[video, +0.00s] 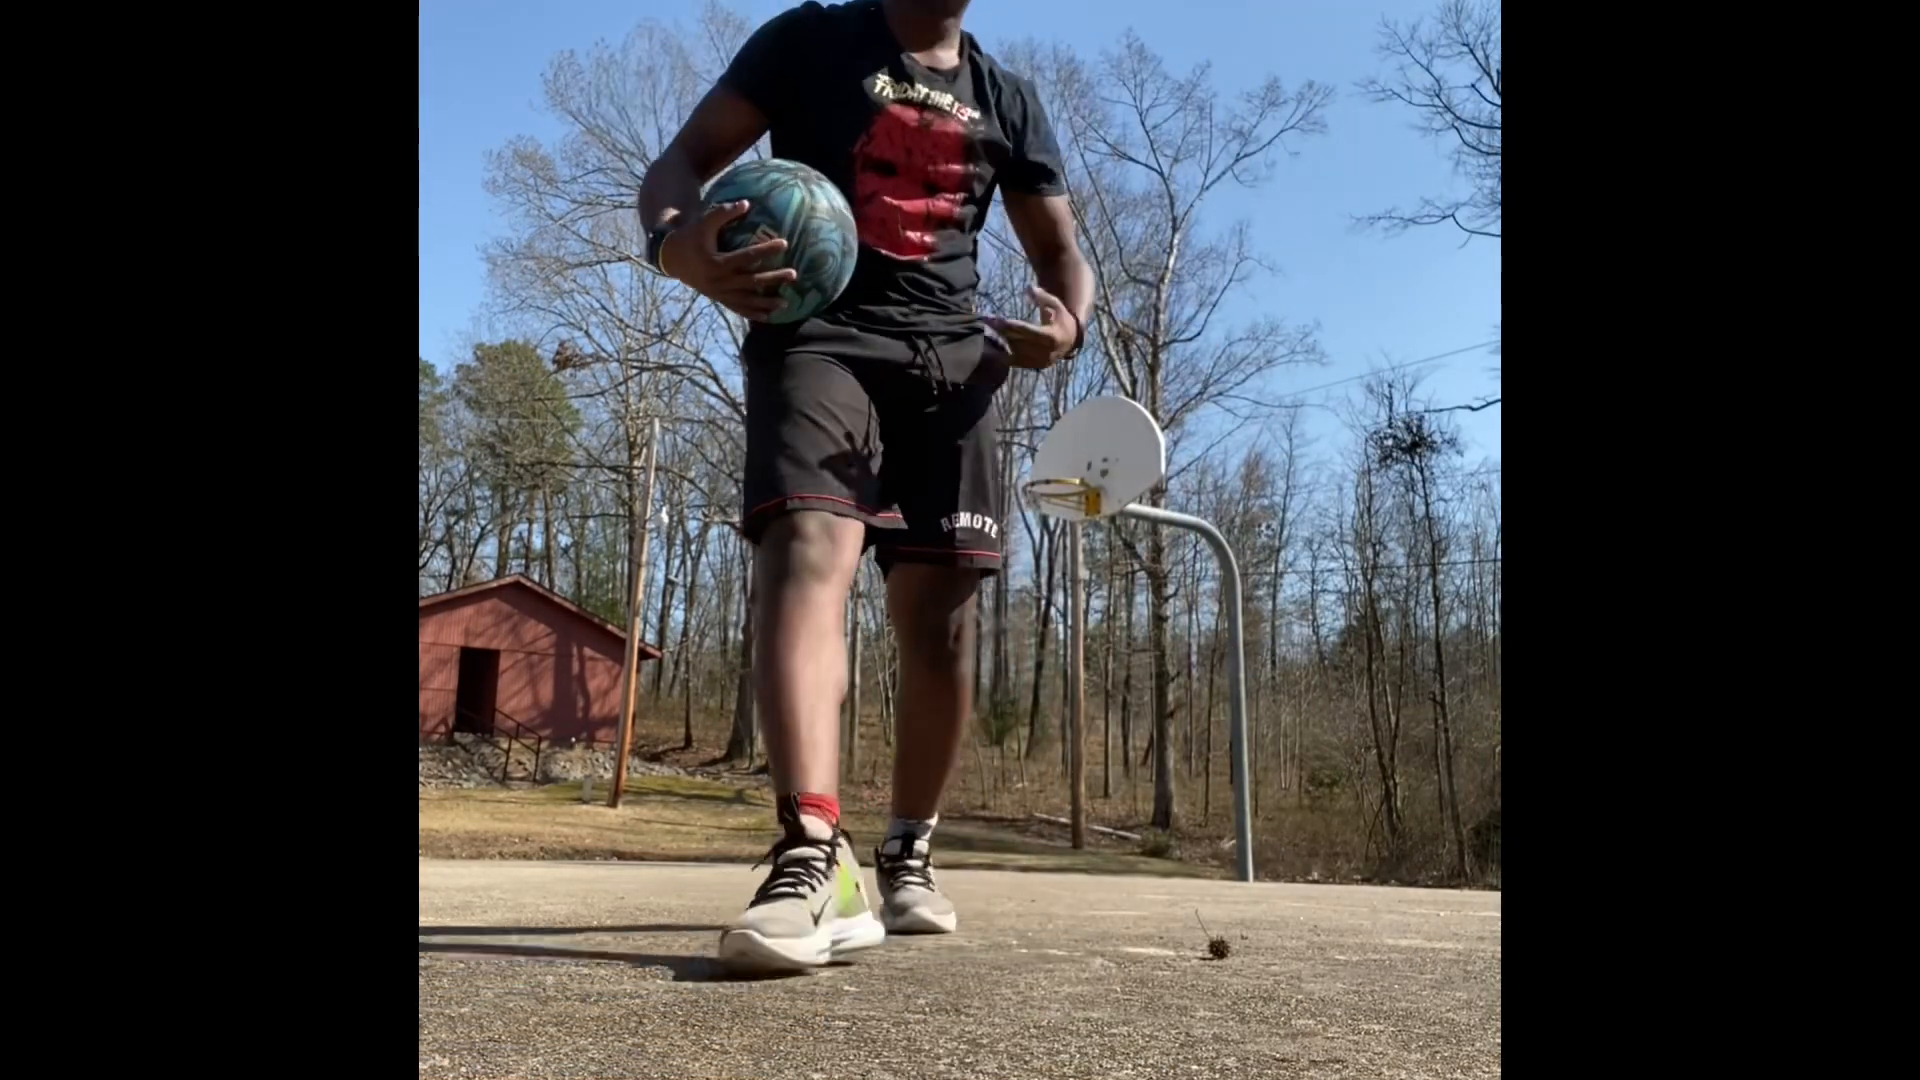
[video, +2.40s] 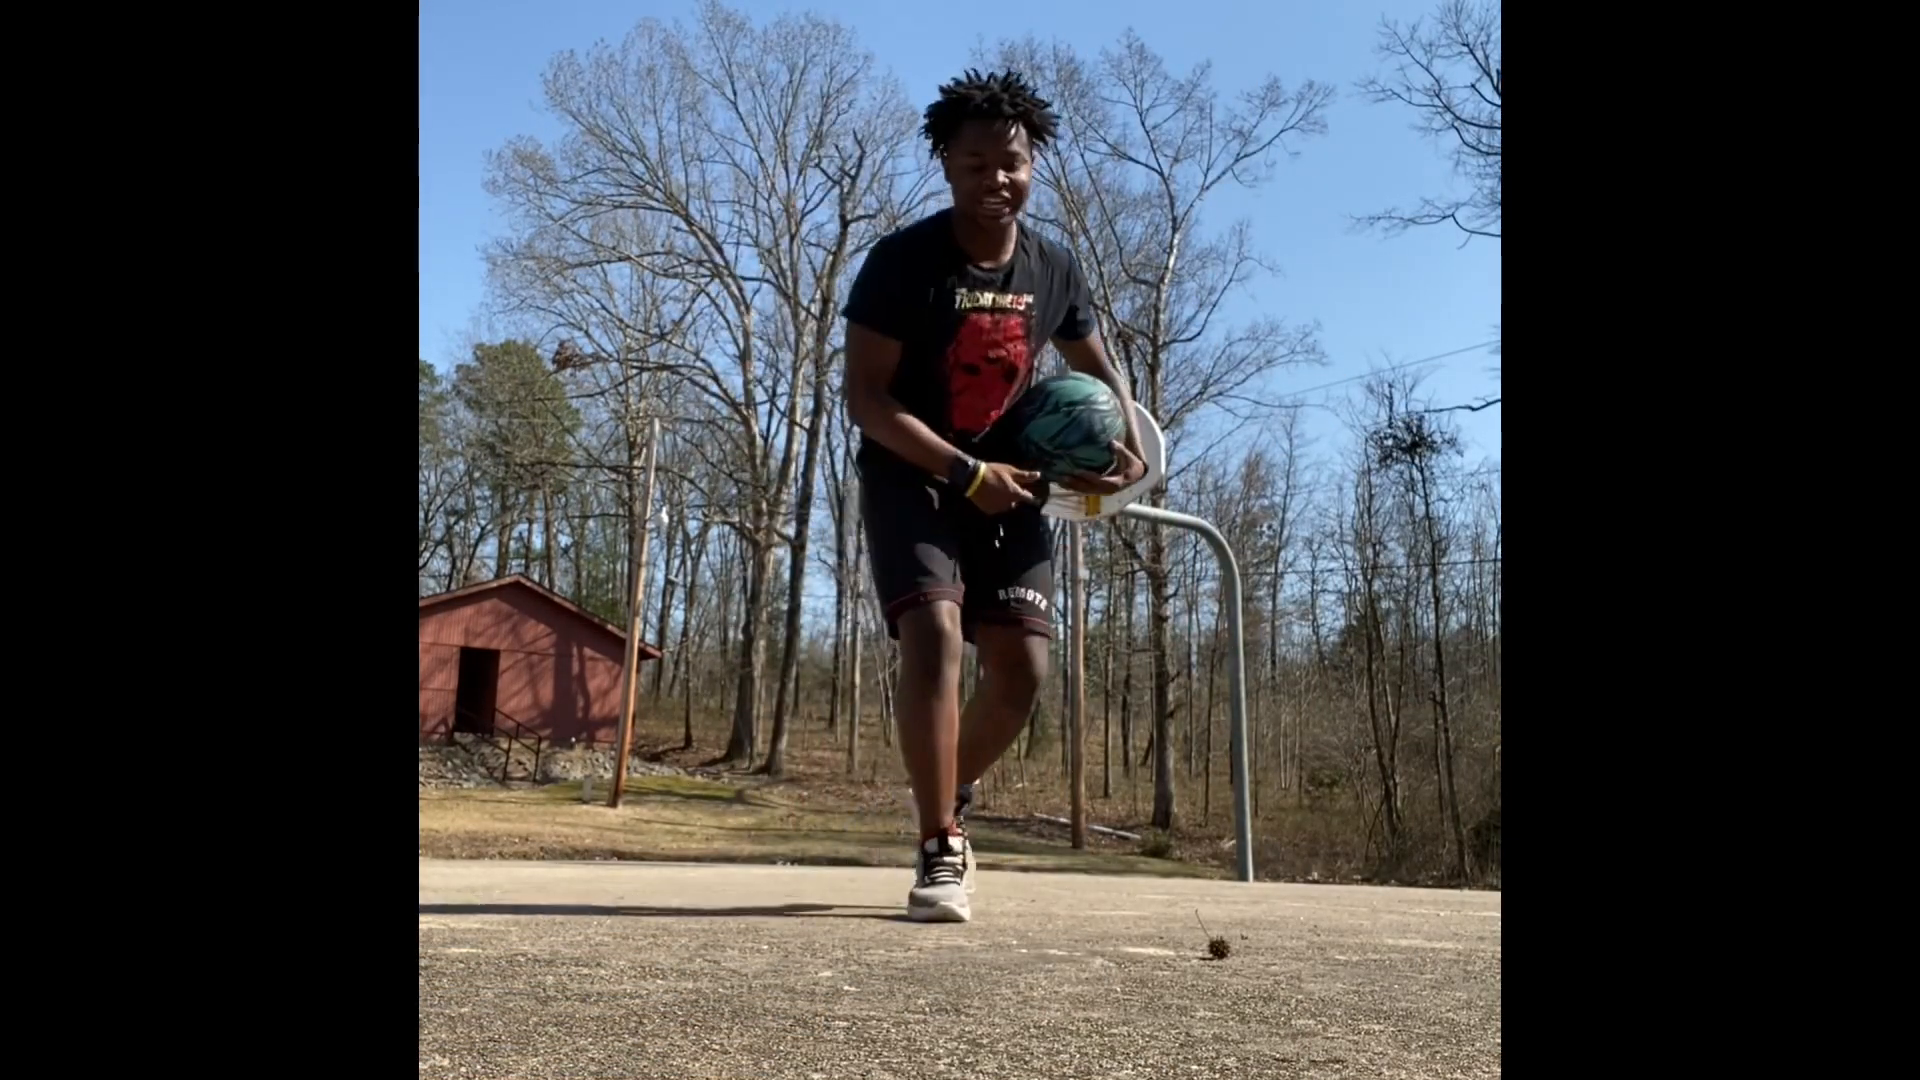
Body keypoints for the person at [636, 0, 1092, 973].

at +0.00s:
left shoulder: (1005, 95)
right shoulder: (804, 42)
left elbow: (1062, 259)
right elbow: (677, 169)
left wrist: (1065, 321)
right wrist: (674, 243)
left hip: (952, 347)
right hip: (817, 333)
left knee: (941, 613)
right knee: (808, 542)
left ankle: (909, 857)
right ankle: (811, 852)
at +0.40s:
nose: (910, 34)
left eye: (928, 23)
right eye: (891, 18)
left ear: (950, 46)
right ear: (859, 33)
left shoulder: (976, 180)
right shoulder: (799, 144)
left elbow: (979, 331)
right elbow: (753, 255)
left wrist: (937, 289)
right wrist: (744, 325)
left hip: (920, 402)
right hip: (798, 396)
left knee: (928, 603)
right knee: (772, 613)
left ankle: (906, 854)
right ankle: (758, 816)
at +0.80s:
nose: (802, 133)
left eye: (816, 121)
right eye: (784, 125)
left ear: (844, 140)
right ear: (764, 150)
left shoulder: (894, 236)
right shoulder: (742, 253)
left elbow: (920, 345)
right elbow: (704, 364)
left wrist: (877, 383)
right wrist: (687, 423)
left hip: (876, 444)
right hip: (776, 449)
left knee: (894, 605)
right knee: (768, 645)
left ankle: (883, 843)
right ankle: (771, 853)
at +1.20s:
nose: (849, 207)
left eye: (862, 196)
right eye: (834, 197)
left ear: (884, 214)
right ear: (810, 215)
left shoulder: (924, 308)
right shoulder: (782, 310)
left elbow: (975, 405)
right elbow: (730, 403)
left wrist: (993, 466)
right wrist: (684, 451)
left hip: (900, 507)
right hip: (806, 504)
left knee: (902, 669)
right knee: (782, 655)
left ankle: (883, 821)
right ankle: (771, 851)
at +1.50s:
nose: (920, 245)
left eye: (931, 237)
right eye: (905, 235)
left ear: (944, 255)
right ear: (875, 249)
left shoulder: (962, 352)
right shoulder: (834, 329)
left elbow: (990, 445)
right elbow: (729, 379)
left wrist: (1020, 513)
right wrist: (776, 394)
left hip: (923, 514)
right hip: (846, 502)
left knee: (918, 678)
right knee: (874, 637)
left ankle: (883, 839)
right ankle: (881, 834)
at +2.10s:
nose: (996, 270)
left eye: (1006, 258)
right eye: (979, 256)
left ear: (1016, 269)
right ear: (941, 261)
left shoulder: (1005, 364)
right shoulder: (895, 325)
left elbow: (1016, 460)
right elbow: (833, 375)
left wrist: (1031, 520)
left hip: (952, 526)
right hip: (878, 508)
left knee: (912, 679)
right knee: (925, 637)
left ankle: (860, 843)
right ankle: (935, 844)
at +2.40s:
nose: (996, 181)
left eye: (1010, 163)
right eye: (976, 167)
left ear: (1033, 166)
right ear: (946, 172)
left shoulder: (1055, 268)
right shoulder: (900, 263)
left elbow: (1098, 379)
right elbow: (867, 400)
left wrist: (1127, 442)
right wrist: (966, 469)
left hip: (1012, 470)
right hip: (911, 467)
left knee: (1025, 668)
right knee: (934, 635)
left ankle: (952, 793)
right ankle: (940, 849)